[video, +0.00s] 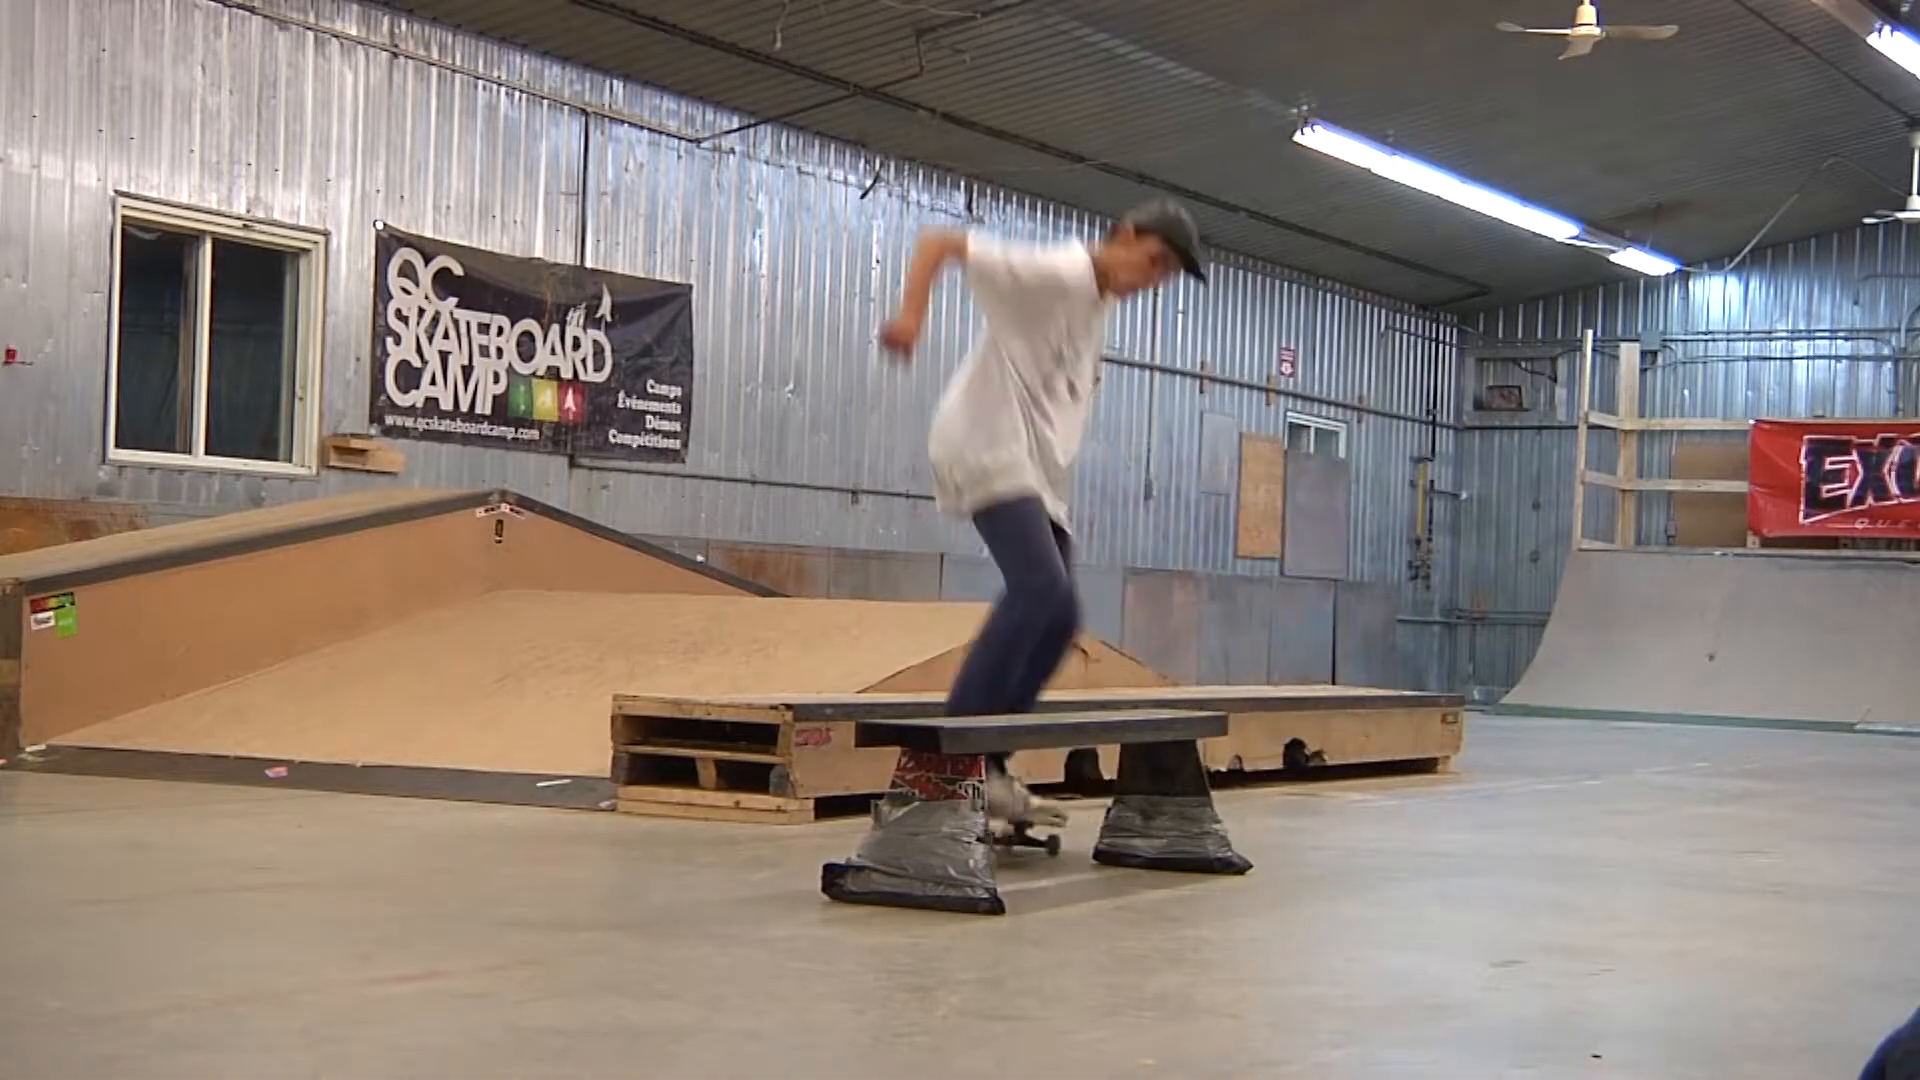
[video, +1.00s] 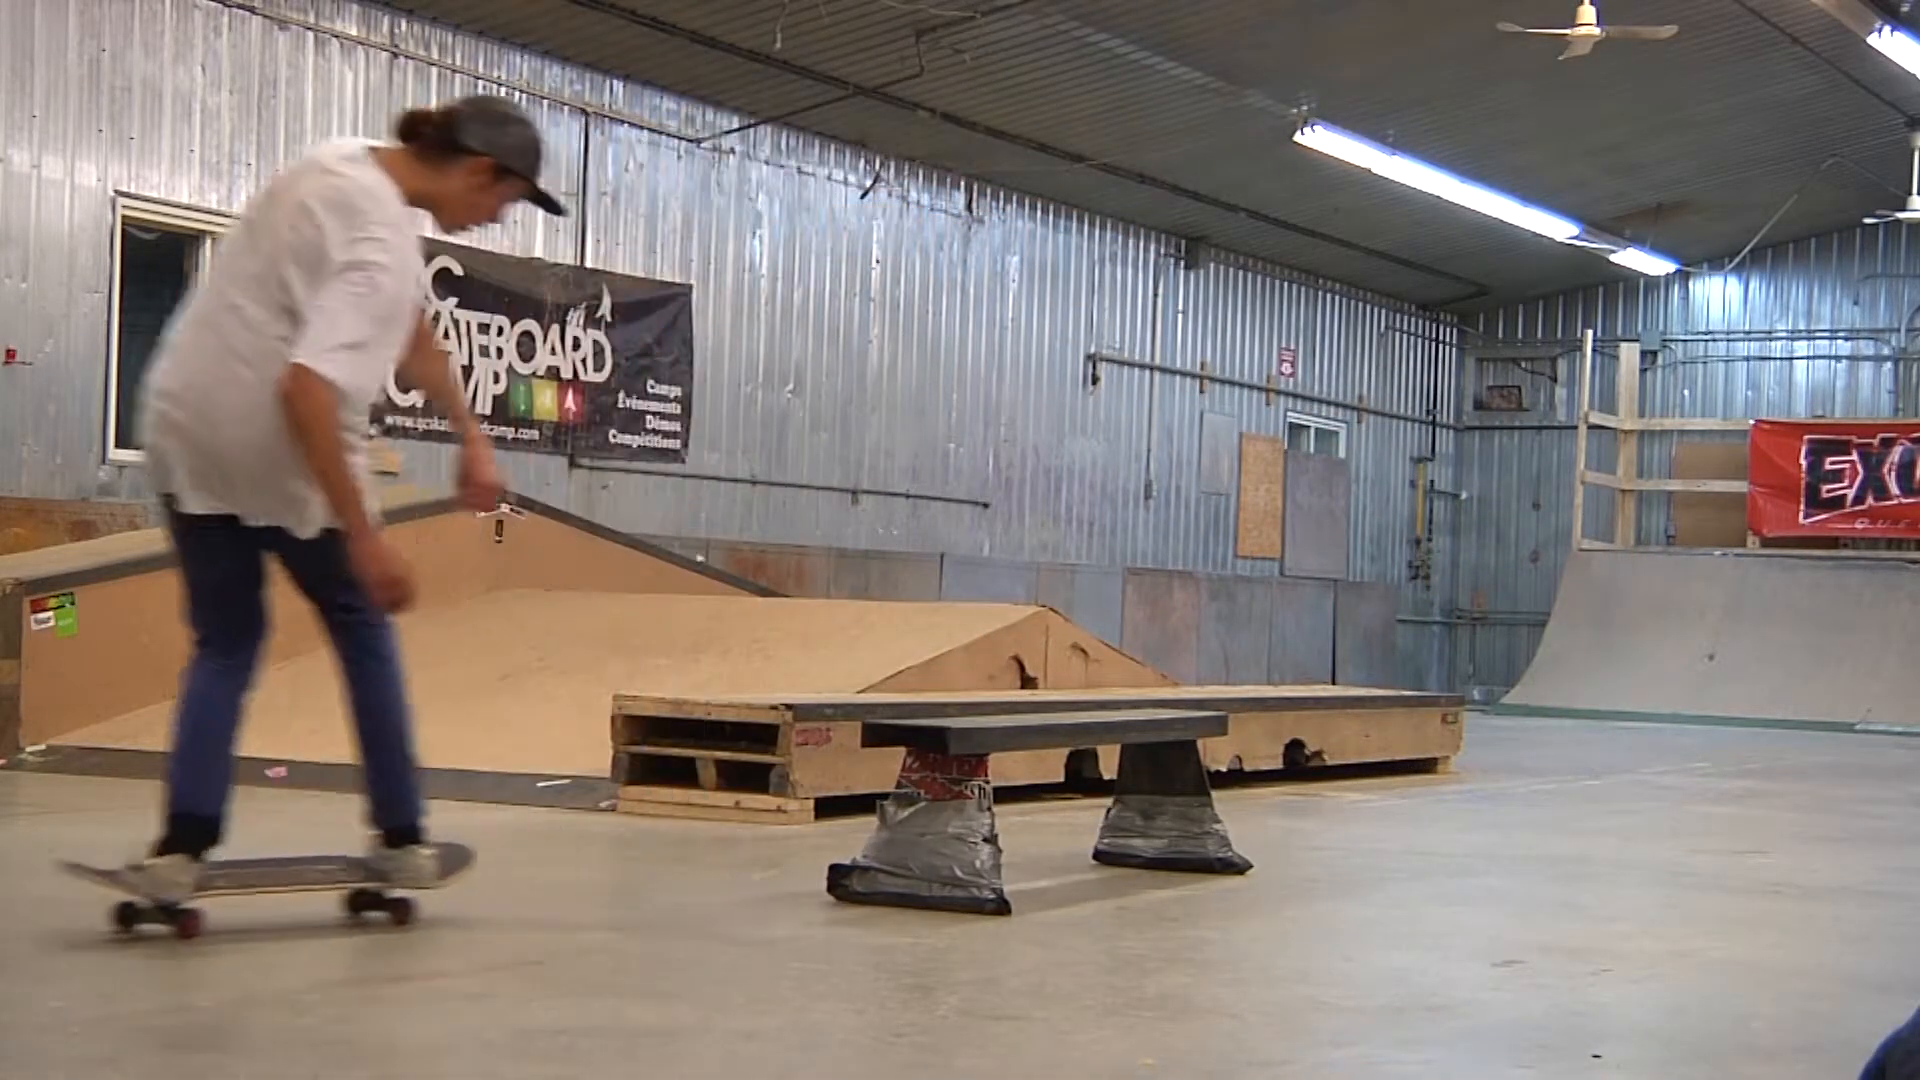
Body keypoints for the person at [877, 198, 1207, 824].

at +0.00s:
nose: (1151, 282)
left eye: (1163, 275)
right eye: (1154, 262)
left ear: (1158, 270)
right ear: (1125, 234)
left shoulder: (1095, 298)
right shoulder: (1060, 271)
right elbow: (938, 241)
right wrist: (910, 316)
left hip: (1035, 462)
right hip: (986, 446)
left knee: (1059, 613)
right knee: (1038, 590)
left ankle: (984, 758)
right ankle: (949, 755)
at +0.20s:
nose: (1092, 219)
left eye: (1106, 214)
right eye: (1101, 200)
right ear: (1075, 163)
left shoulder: (1007, 182)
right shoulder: (1013, 175)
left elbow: (907, 196)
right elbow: (947, 207)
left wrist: (903, 198)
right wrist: (996, 316)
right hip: (878, 315)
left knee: (1015, 467)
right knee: (991, 397)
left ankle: (950, 612)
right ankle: (923, 592)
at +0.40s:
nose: (975, 179)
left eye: (984, 174)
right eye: (981, 163)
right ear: (955, 123)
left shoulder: (893, 168)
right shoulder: (877, 125)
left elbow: (878, 189)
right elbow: (880, 117)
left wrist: (895, 213)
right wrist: (963, 152)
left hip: (811, 296)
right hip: (774, 288)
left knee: (929, 419)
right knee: (884, 453)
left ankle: (795, 557)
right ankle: (881, 657)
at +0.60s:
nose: (812, 174)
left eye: (823, 165)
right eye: (819, 154)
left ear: (798, 135)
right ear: (789, 114)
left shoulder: (756, 198)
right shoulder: (694, 122)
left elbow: (843, 237)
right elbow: (575, 85)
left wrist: (948, 228)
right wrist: (463, 30)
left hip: (616, 372)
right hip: (690, 353)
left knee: (668, 584)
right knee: (783, 515)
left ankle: (545, 731)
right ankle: (763, 693)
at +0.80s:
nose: (661, 248)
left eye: (671, 235)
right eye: (668, 228)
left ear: (635, 196)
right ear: (640, 194)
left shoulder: (575, 256)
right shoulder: (548, 241)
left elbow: (664, 331)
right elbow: (434, 342)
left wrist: (690, 292)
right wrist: (406, 490)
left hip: (428, 500)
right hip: (498, 499)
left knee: (459, 688)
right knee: (573, 645)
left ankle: (375, 843)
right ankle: (589, 839)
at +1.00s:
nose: (496, 218)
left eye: (509, 205)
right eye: (505, 198)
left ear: (446, 149)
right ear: (475, 167)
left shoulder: (328, 166)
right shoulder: (386, 241)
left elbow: (406, 326)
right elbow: (308, 386)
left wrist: (471, 433)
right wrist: (362, 534)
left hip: (183, 430)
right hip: (279, 453)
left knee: (225, 640)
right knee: (361, 626)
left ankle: (183, 845)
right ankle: (401, 838)